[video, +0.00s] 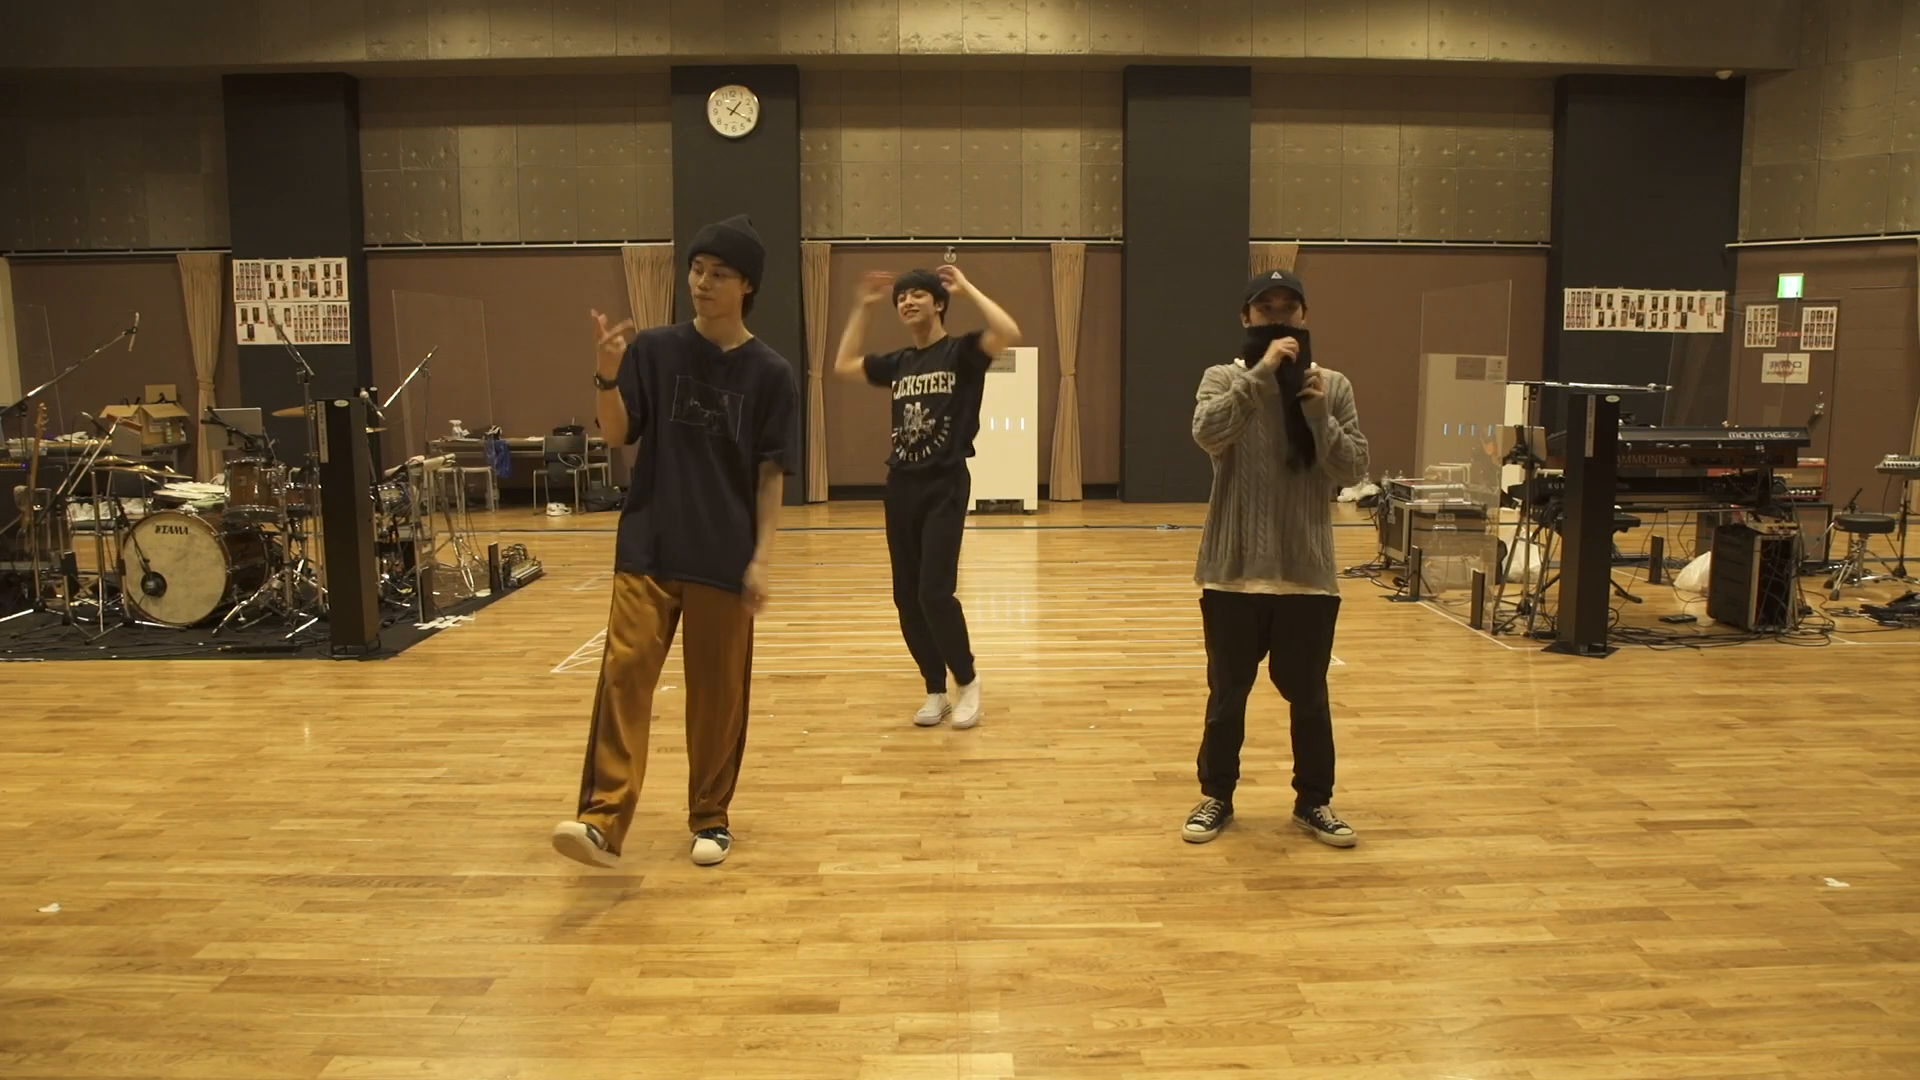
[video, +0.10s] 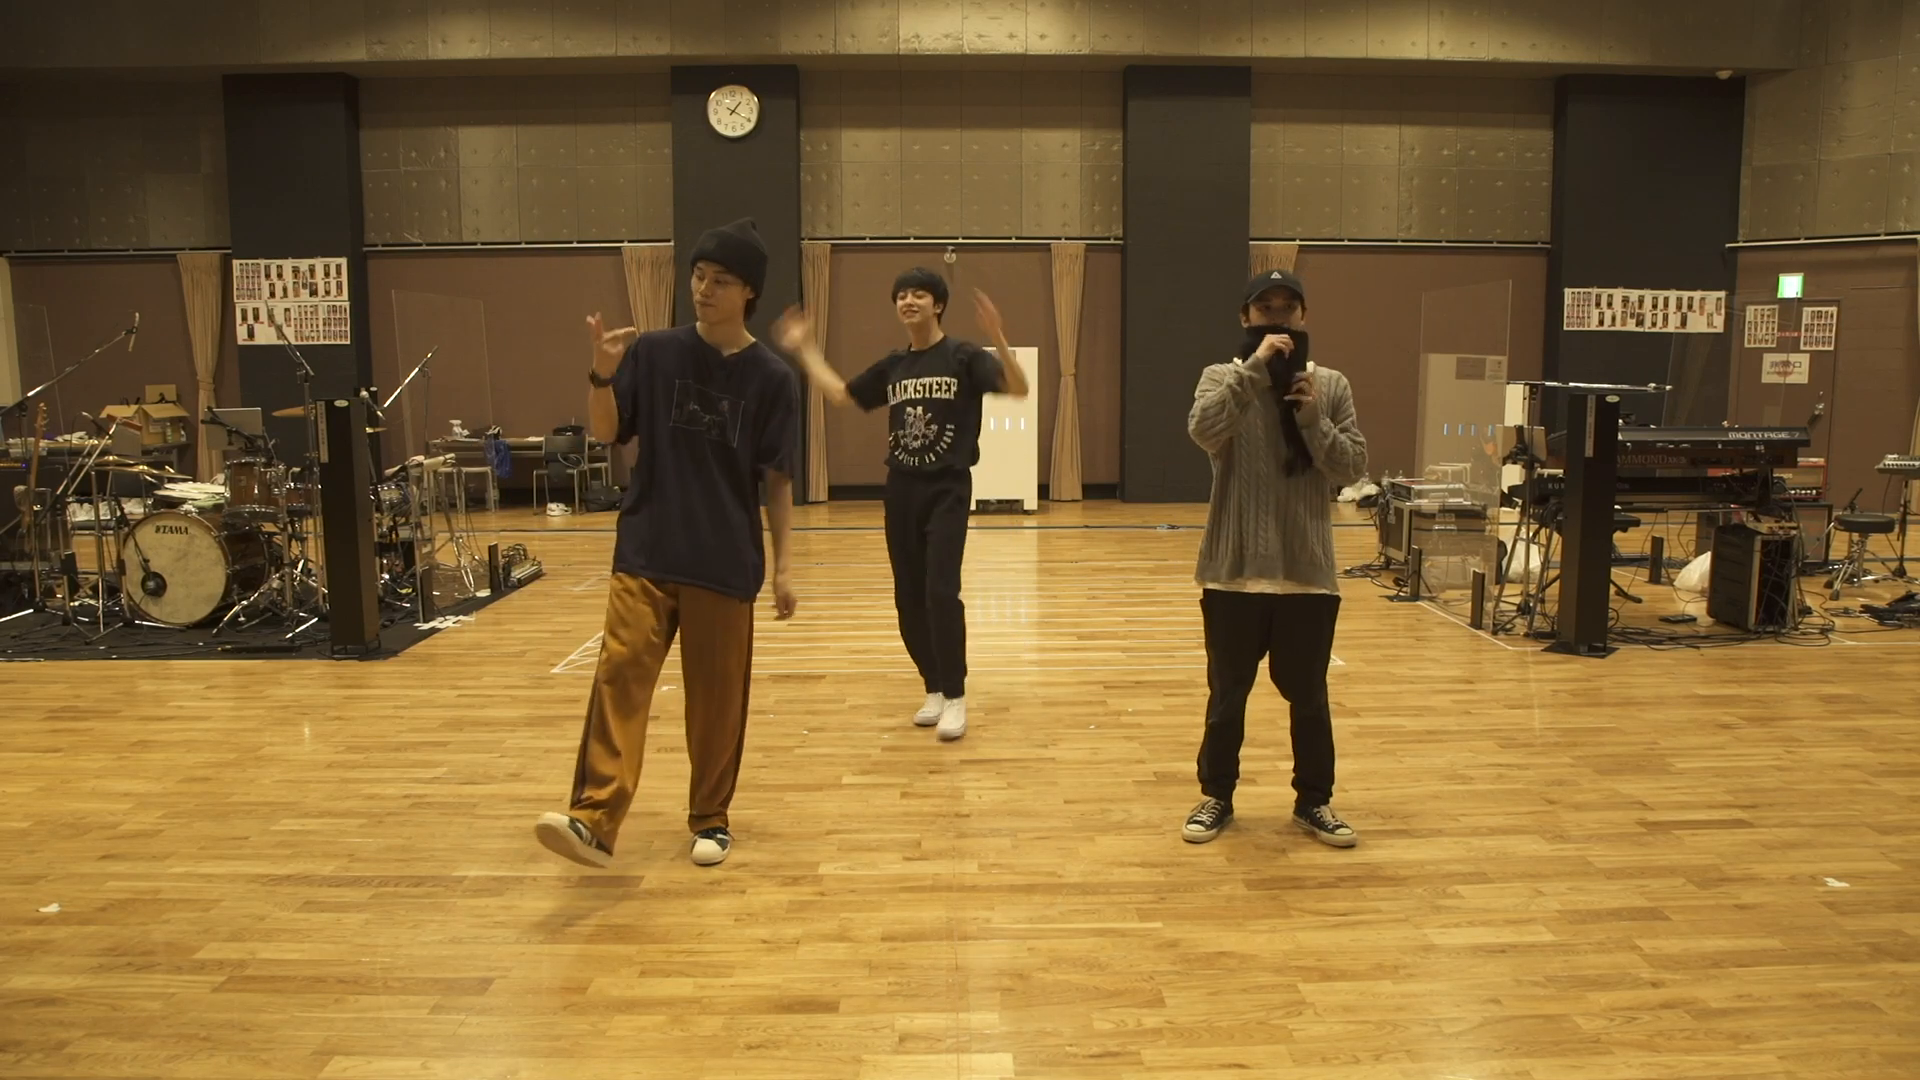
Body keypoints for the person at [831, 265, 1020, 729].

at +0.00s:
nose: (908, 301)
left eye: (918, 294)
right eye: (902, 297)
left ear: (940, 303)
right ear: (897, 310)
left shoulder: (964, 350)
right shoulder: (898, 362)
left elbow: (1009, 335)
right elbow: (844, 366)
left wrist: (967, 287)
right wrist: (864, 305)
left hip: (945, 486)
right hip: (902, 488)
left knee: (935, 592)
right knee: (908, 595)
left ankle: (966, 683)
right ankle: (936, 691)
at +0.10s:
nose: (909, 301)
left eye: (919, 294)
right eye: (902, 296)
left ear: (939, 305)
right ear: (895, 308)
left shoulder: (966, 356)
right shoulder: (893, 366)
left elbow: (1018, 386)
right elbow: (841, 395)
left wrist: (999, 338)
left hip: (947, 492)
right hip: (901, 493)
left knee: (941, 592)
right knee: (910, 595)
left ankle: (954, 696)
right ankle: (935, 689)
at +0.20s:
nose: (912, 300)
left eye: (923, 294)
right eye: (906, 294)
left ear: (941, 305)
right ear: (898, 305)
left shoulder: (965, 360)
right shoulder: (887, 369)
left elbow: (1001, 408)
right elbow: (841, 411)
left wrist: (1013, 423)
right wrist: (790, 423)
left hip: (950, 492)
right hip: (901, 492)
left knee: (949, 594)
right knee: (910, 595)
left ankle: (950, 703)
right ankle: (933, 685)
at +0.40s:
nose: (923, 299)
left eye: (934, 296)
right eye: (917, 291)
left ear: (947, 311)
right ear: (905, 300)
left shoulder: (967, 363)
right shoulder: (882, 365)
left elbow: (972, 427)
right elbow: (872, 438)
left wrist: (958, 473)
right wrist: (881, 490)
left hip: (951, 493)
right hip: (902, 495)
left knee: (955, 588)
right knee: (911, 599)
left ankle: (963, 689)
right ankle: (933, 690)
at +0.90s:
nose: (962, 315)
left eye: (975, 312)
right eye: (958, 304)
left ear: (988, 322)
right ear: (946, 305)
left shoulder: (997, 377)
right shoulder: (908, 366)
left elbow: (1025, 433)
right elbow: (858, 414)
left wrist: (1009, 481)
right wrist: (830, 462)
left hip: (965, 510)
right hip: (911, 507)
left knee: (967, 612)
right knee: (905, 604)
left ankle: (968, 718)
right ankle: (910, 686)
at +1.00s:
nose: (978, 320)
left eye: (991, 321)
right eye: (978, 308)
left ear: (1001, 332)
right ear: (965, 302)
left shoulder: (1006, 380)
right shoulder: (914, 361)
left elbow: (1031, 437)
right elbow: (872, 411)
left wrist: (1014, 482)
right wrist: (851, 465)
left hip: (972, 509)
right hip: (917, 504)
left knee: (974, 613)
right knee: (907, 606)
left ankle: (969, 718)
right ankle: (914, 687)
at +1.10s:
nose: (985, 320)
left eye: (998, 322)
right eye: (986, 308)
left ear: (1008, 335)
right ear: (975, 303)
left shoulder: (1010, 382)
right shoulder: (921, 359)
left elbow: (1034, 441)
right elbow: (884, 413)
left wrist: (1009, 490)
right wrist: (871, 470)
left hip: (972, 510)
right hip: (918, 504)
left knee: (974, 617)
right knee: (904, 608)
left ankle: (969, 719)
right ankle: (912, 681)